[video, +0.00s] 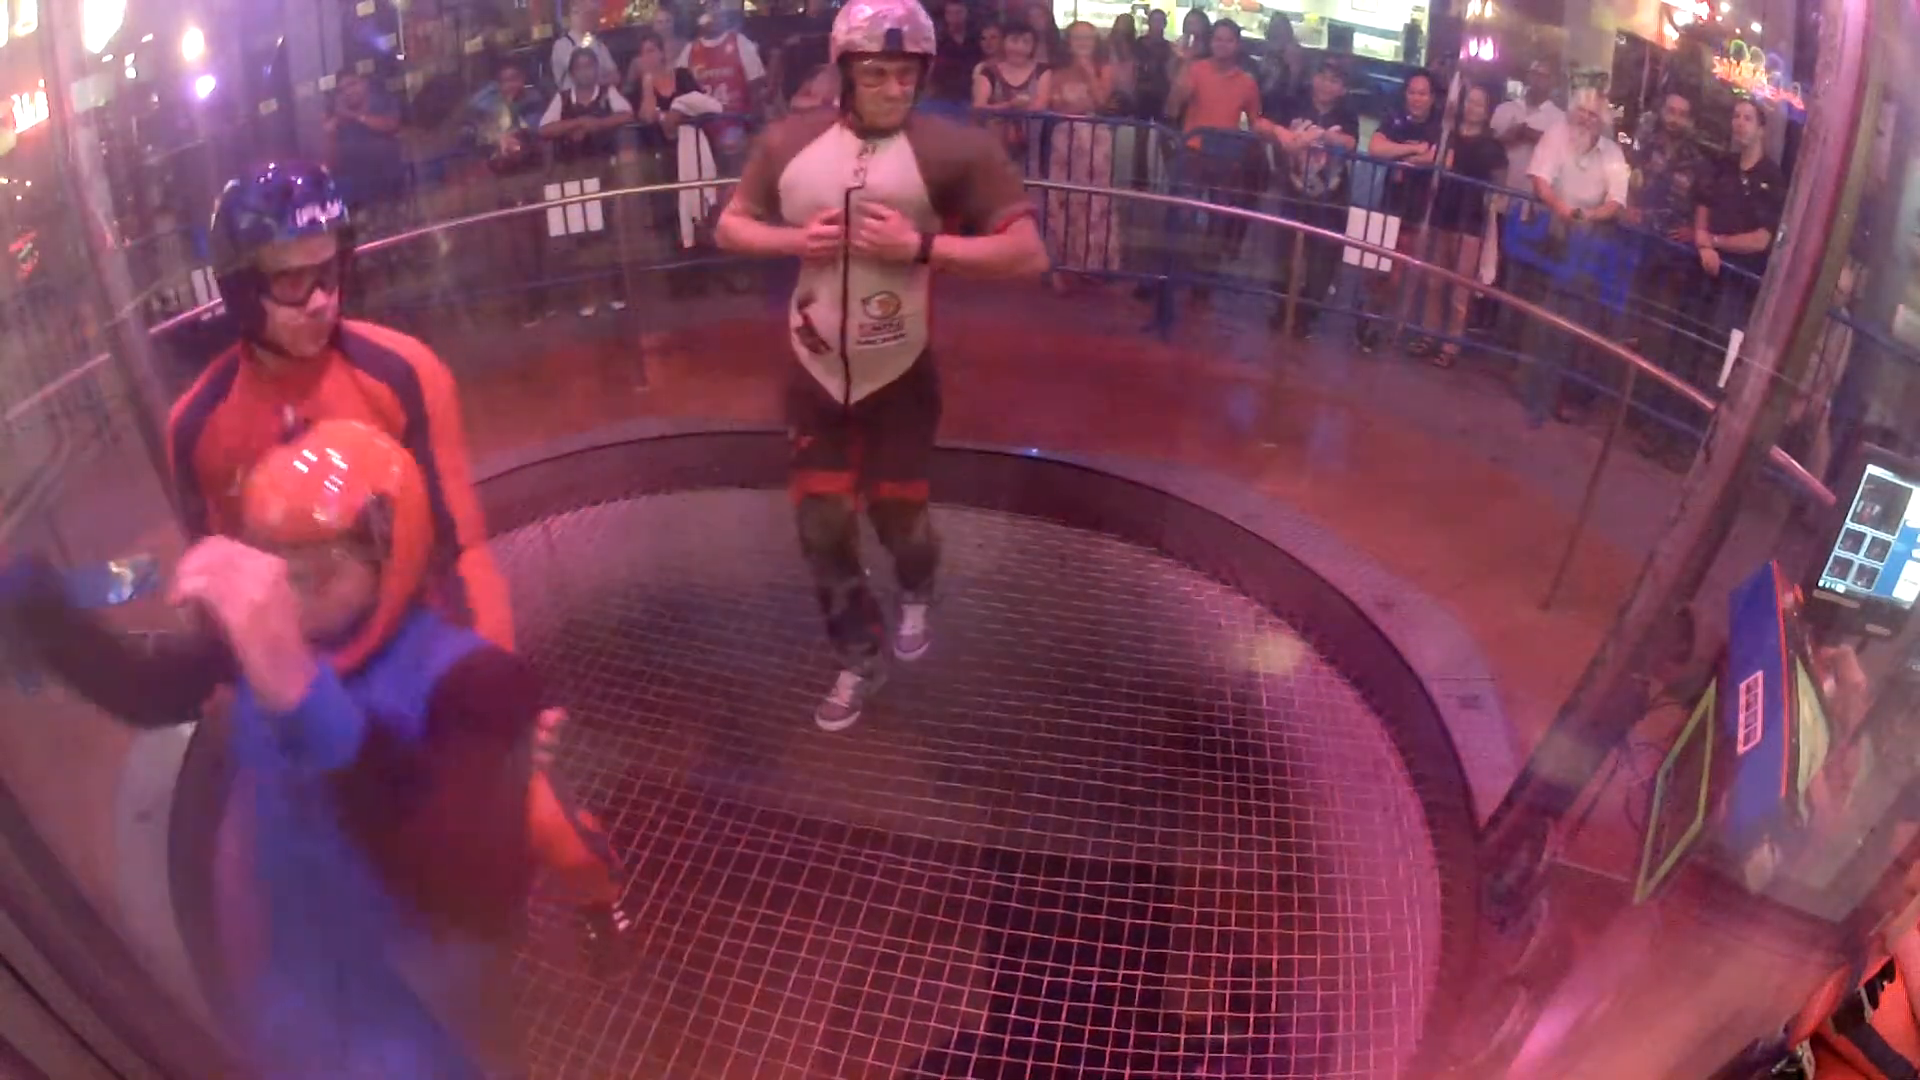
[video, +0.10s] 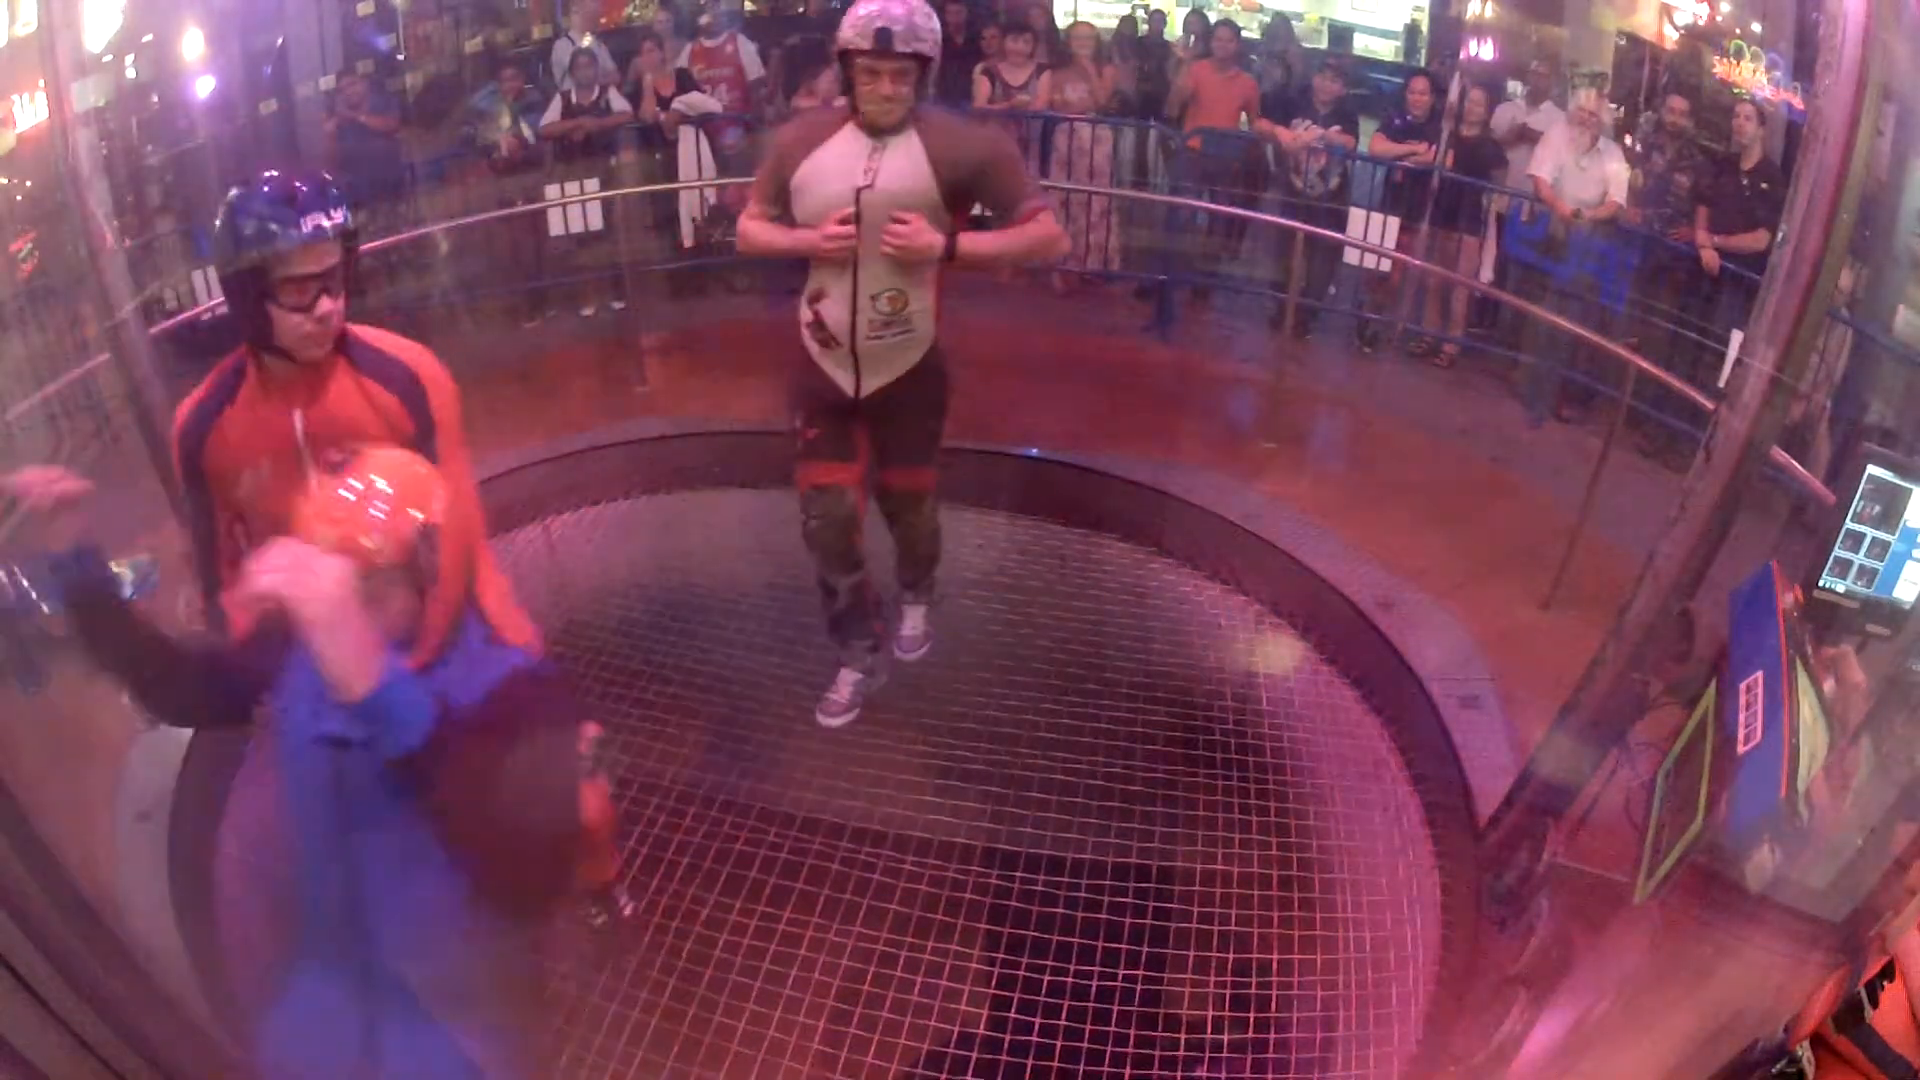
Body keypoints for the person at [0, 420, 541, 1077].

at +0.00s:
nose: (294, 590)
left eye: (323, 566)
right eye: (278, 565)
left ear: (394, 556)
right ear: (250, 561)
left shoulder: (470, 682)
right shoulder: (266, 649)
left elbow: (477, 891)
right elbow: (143, 683)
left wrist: (300, 692)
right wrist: (21, 592)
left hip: (421, 1046)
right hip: (282, 1036)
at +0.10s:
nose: (337, 600)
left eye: (365, 579)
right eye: (322, 576)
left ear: (426, 578)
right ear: (301, 571)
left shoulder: (508, 689)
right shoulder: (295, 664)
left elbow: (529, 876)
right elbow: (176, 688)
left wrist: (372, 685)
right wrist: (73, 558)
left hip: (461, 1036)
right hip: (318, 1028)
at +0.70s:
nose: (597, 749)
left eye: (619, 740)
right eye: (588, 731)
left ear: (660, 755)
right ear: (569, 727)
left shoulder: (686, 838)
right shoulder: (526, 771)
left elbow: (765, 871)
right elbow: (402, 768)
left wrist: (717, 738)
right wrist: (412, 648)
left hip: (539, 1066)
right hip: (427, 1012)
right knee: (299, 1074)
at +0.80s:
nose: (627, 765)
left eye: (649, 753)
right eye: (616, 744)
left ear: (687, 765)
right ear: (594, 739)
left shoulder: (703, 844)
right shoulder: (547, 781)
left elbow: (783, 877)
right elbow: (435, 761)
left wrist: (746, 753)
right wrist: (452, 656)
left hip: (557, 1062)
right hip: (439, 1015)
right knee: (303, 1070)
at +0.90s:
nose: (651, 766)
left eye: (674, 755)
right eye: (640, 746)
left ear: (712, 770)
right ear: (618, 742)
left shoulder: (724, 849)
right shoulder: (568, 783)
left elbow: (804, 879)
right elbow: (448, 761)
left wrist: (777, 762)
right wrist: (484, 658)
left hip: (565, 1065)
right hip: (448, 1013)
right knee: (294, 1067)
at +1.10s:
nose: (703, 746)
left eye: (724, 739)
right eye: (692, 729)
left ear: (752, 760)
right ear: (666, 729)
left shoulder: (754, 838)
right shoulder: (609, 767)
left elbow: (842, 851)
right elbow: (509, 734)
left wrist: (819, 739)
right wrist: (554, 657)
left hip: (592, 1035)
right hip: (498, 974)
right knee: (315, 978)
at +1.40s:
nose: (751, 708)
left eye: (771, 701)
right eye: (740, 692)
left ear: (797, 723)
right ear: (715, 695)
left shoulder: (798, 800)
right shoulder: (674, 741)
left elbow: (893, 805)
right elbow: (606, 702)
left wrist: (864, 694)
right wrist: (658, 609)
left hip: (649, 968)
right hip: (570, 907)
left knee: (551, 1048)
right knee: (405, 809)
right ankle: (274, 966)